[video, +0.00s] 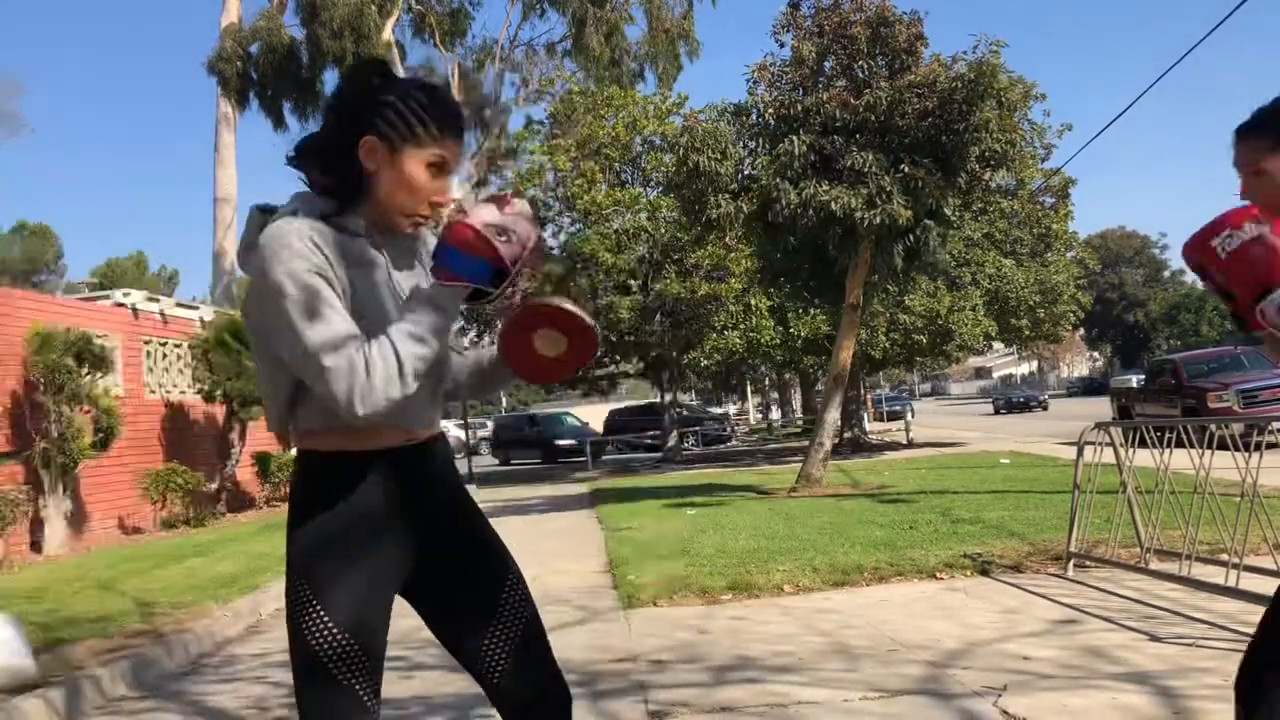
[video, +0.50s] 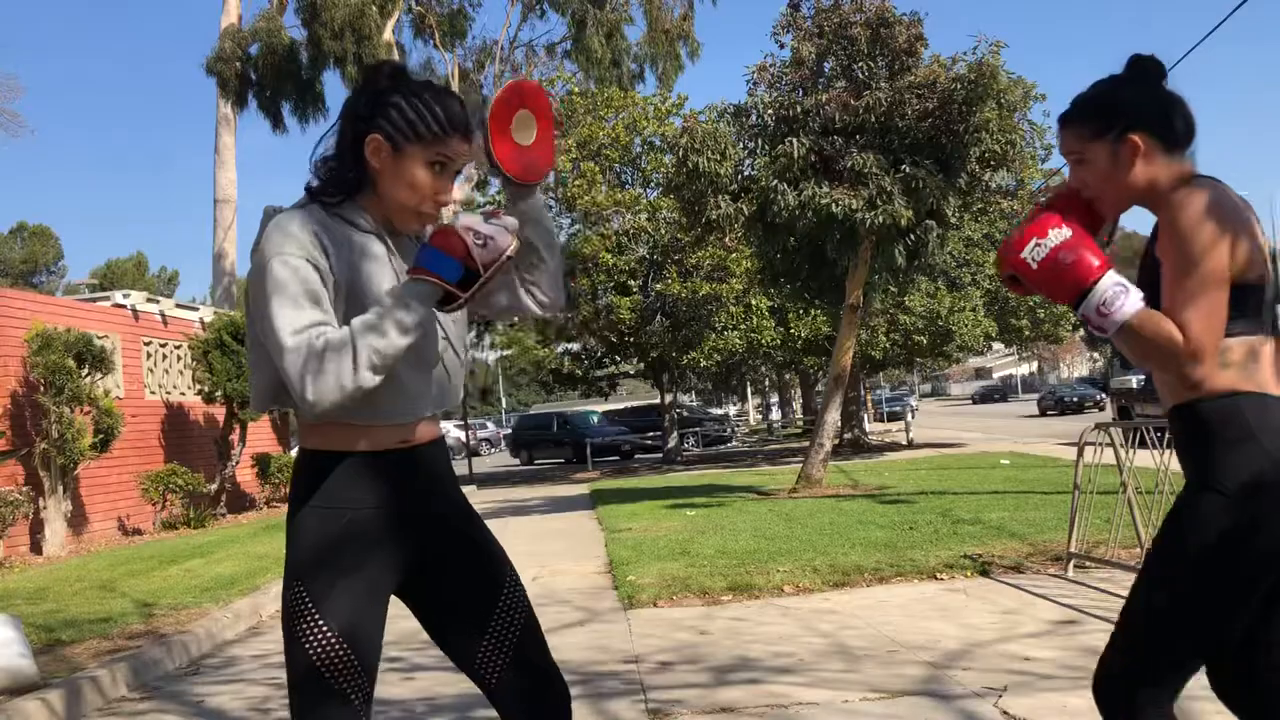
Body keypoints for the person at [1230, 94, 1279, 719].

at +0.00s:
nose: (1243, 188)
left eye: (1255, 170)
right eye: (1241, 171)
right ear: (1251, 171)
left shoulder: (1278, 247)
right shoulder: (1265, 246)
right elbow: (1274, 348)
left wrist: (1269, 303)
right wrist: (1250, 308)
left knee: (1258, 683)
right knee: (1257, 682)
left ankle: (1262, 691)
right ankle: (1260, 690)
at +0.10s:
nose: (1211, 192)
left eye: (1218, 172)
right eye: (1205, 177)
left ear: (1269, 157)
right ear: (1259, 161)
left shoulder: (1273, 240)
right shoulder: (1265, 244)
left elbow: (1270, 365)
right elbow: (1267, 374)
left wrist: (1226, 268)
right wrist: (1204, 291)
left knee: (1219, 680)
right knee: (1219, 677)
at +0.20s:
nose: (1156, 176)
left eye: (1161, 160)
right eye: (1150, 162)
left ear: (1209, 140)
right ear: (1213, 141)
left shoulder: (1270, 204)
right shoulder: (1250, 213)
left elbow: (1220, 340)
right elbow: (1218, 343)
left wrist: (1171, 226)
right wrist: (1145, 273)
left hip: (1278, 481)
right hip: (1269, 476)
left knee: (1198, 679)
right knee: (1198, 678)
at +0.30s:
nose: (1105, 165)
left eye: (1108, 147)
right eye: (1098, 151)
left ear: (1160, 128)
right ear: (1161, 132)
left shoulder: (1242, 188)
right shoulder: (1209, 202)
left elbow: (1189, 331)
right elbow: (1176, 331)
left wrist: (1122, 234)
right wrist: (1106, 255)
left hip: (1262, 458)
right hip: (1248, 455)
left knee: (1191, 675)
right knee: (1268, 660)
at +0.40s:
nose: (1086, 168)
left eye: (1089, 148)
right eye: (1079, 152)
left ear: (1143, 132)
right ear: (1145, 135)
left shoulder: (1217, 192)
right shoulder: (1192, 204)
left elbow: (1188, 344)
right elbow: (1170, 338)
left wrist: (1103, 250)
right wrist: (1092, 256)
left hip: (1249, 453)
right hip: (1238, 450)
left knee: (1177, 673)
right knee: (1260, 665)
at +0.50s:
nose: (1076, 181)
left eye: (1081, 162)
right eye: (1070, 165)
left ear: (1134, 149)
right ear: (1137, 149)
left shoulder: (1196, 212)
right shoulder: (1199, 211)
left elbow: (1191, 358)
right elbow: (1160, 353)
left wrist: (1095, 284)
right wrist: (1093, 269)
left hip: (1239, 473)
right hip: (1257, 468)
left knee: (1128, 684)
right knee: (1249, 675)